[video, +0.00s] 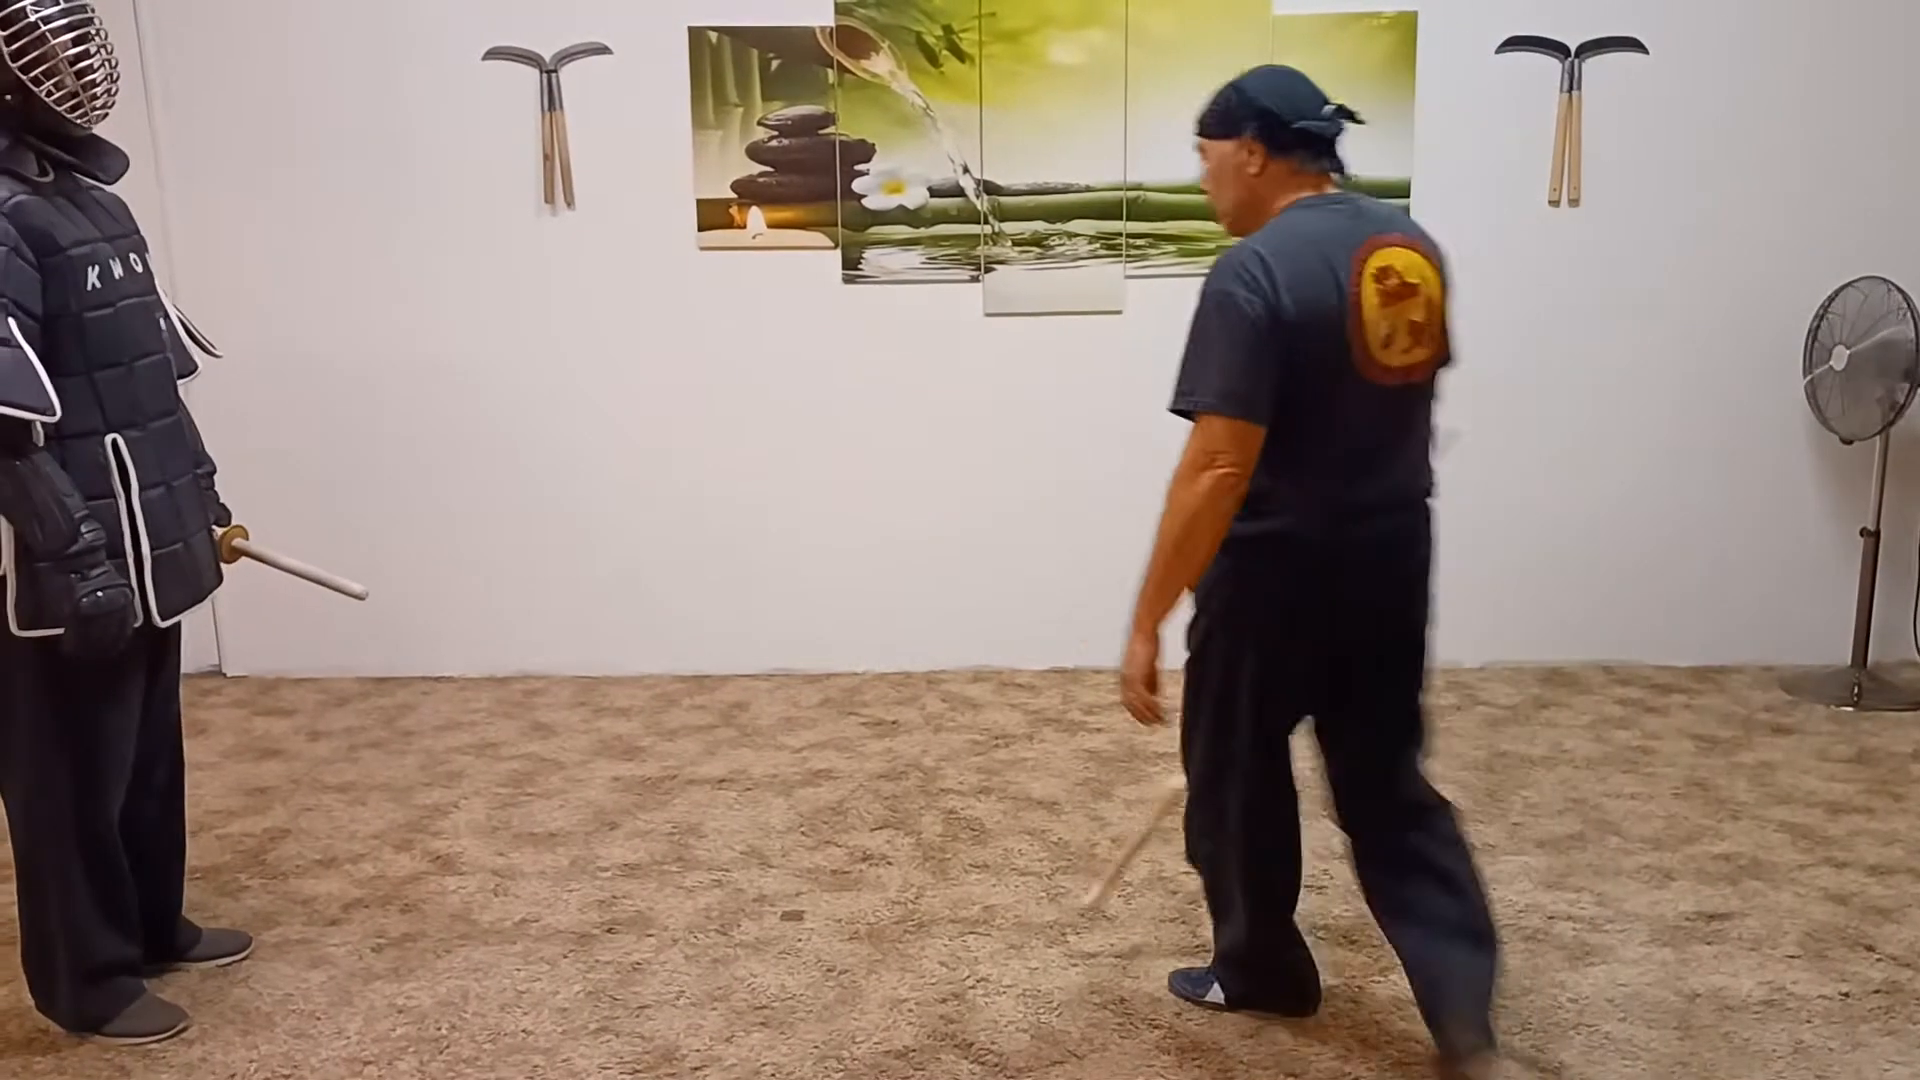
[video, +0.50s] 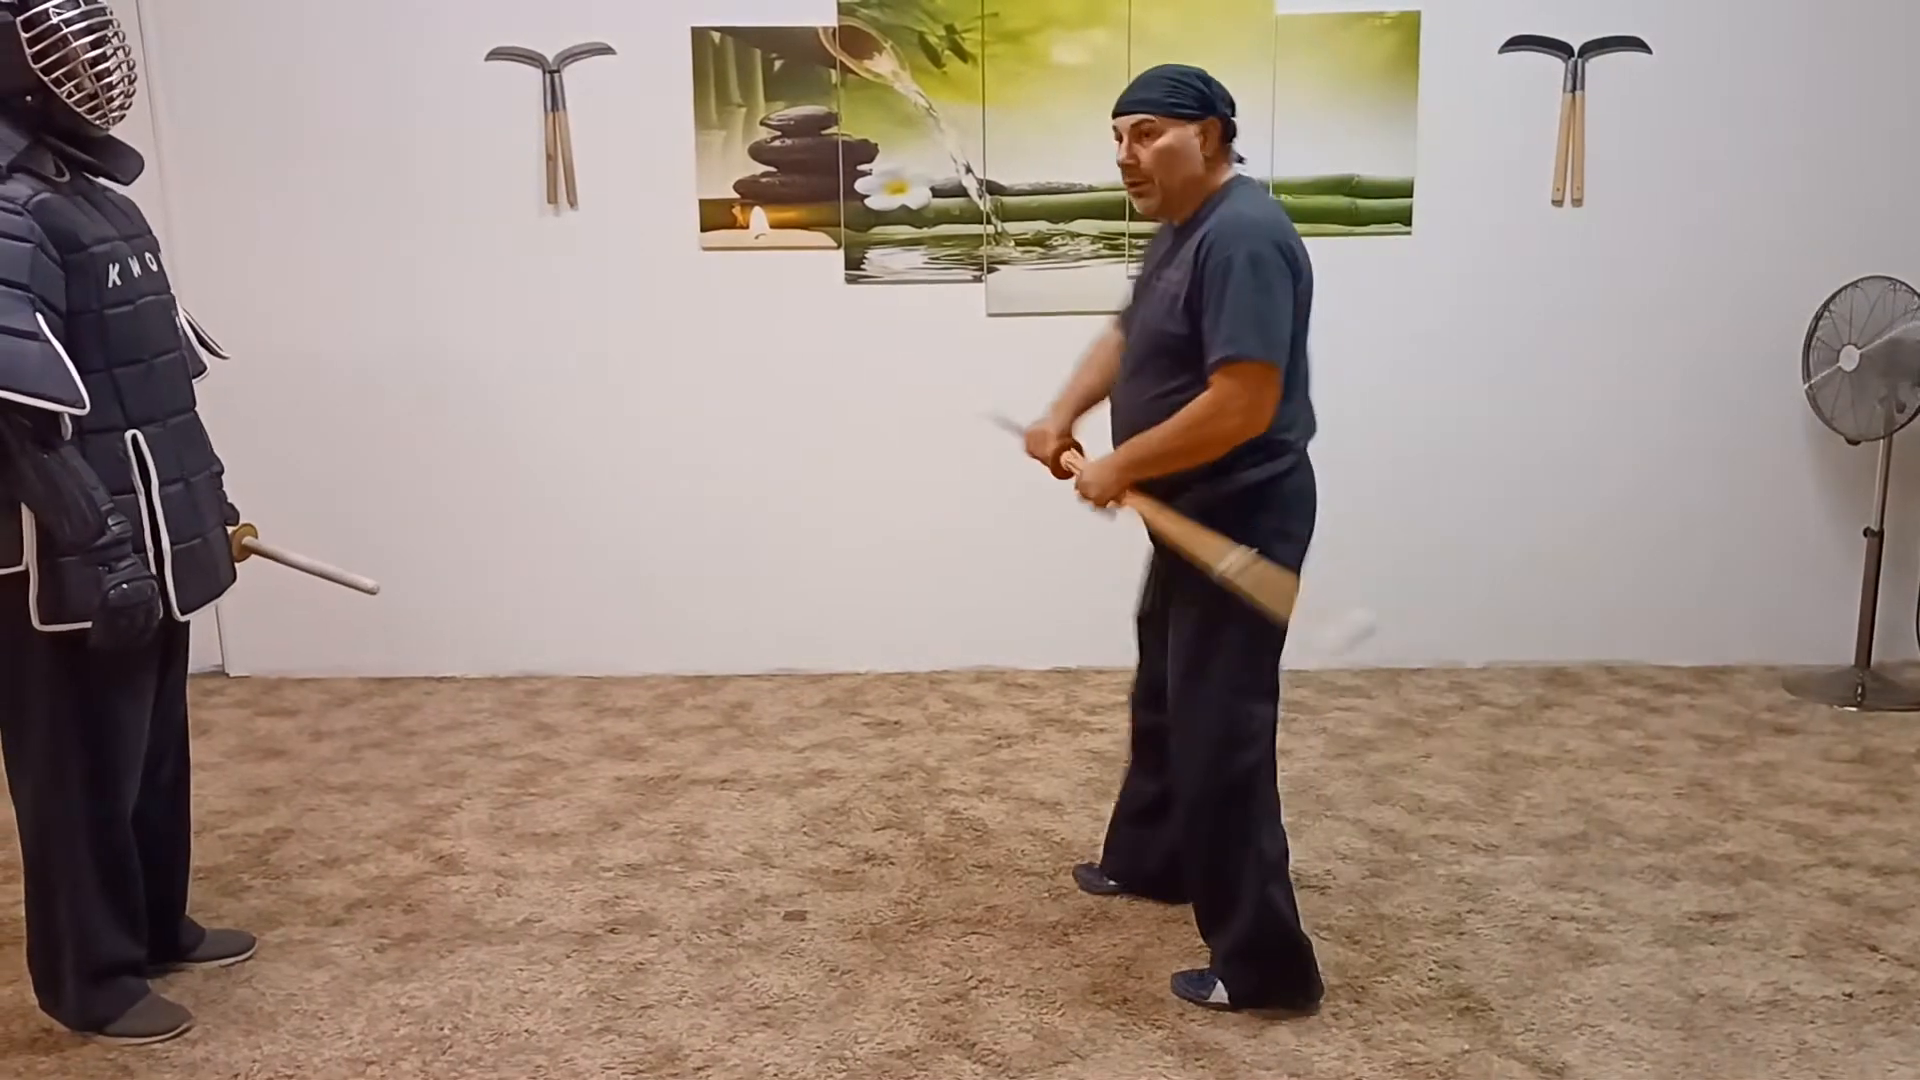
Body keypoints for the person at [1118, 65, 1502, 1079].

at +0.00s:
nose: (1204, 183)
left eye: (1210, 160)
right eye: (1204, 162)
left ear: (1256, 155)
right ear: (1305, 155)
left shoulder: (1254, 270)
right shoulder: (1404, 240)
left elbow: (1218, 464)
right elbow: (1412, 398)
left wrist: (1145, 620)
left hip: (1268, 562)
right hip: (1388, 552)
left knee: (1234, 760)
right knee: (1383, 771)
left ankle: (1263, 966)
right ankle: (1457, 978)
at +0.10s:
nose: (1176, 175)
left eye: (1182, 154)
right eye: (1175, 156)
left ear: (1235, 146)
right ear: (1277, 148)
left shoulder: (1235, 262)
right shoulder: (1367, 226)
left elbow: (1195, 450)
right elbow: (1364, 397)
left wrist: (1117, 585)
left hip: (1254, 547)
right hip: (1358, 530)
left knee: (1223, 760)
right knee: (1315, 731)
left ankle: (1259, 969)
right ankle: (1395, 918)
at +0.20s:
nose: (1155, 159)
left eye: (1167, 136)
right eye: (1156, 138)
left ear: (1229, 137)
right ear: (1250, 141)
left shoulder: (1227, 254)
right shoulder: (1334, 218)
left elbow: (1187, 436)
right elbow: (1327, 385)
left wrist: (1104, 541)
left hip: (1244, 533)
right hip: (1328, 514)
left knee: (1216, 746)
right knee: (1283, 724)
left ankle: (1264, 967)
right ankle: (1313, 917)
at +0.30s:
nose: (1141, 157)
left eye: (1156, 133)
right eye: (1142, 136)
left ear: (1221, 136)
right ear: (1231, 142)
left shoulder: (1228, 251)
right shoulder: (1298, 216)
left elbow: (1190, 431)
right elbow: (1276, 388)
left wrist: (1102, 509)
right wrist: (1170, 475)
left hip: (1238, 527)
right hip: (1297, 506)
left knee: (1216, 742)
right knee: (1249, 704)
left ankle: (1265, 971)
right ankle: (1233, 854)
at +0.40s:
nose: (1133, 160)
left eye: (1150, 135)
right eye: (1130, 141)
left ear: (1218, 137)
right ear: (1206, 146)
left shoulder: (1241, 245)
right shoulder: (1233, 225)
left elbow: (1212, 422)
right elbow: (1176, 368)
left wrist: (1115, 487)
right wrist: (1105, 435)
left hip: (1241, 521)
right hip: (1224, 507)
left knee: (1220, 733)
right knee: (1190, 697)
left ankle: (1265, 968)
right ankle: (1161, 842)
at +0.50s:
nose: (1130, 156)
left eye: (1148, 134)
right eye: (1122, 141)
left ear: (1211, 136)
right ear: (1128, 155)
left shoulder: (1243, 233)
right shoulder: (1184, 231)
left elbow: (1244, 401)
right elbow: (1130, 337)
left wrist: (1124, 464)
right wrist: (1062, 412)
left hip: (1244, 514)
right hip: (1188, 506)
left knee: (1217, 729)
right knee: (1164, 692)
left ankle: (1265, 965)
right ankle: (1152, 859)